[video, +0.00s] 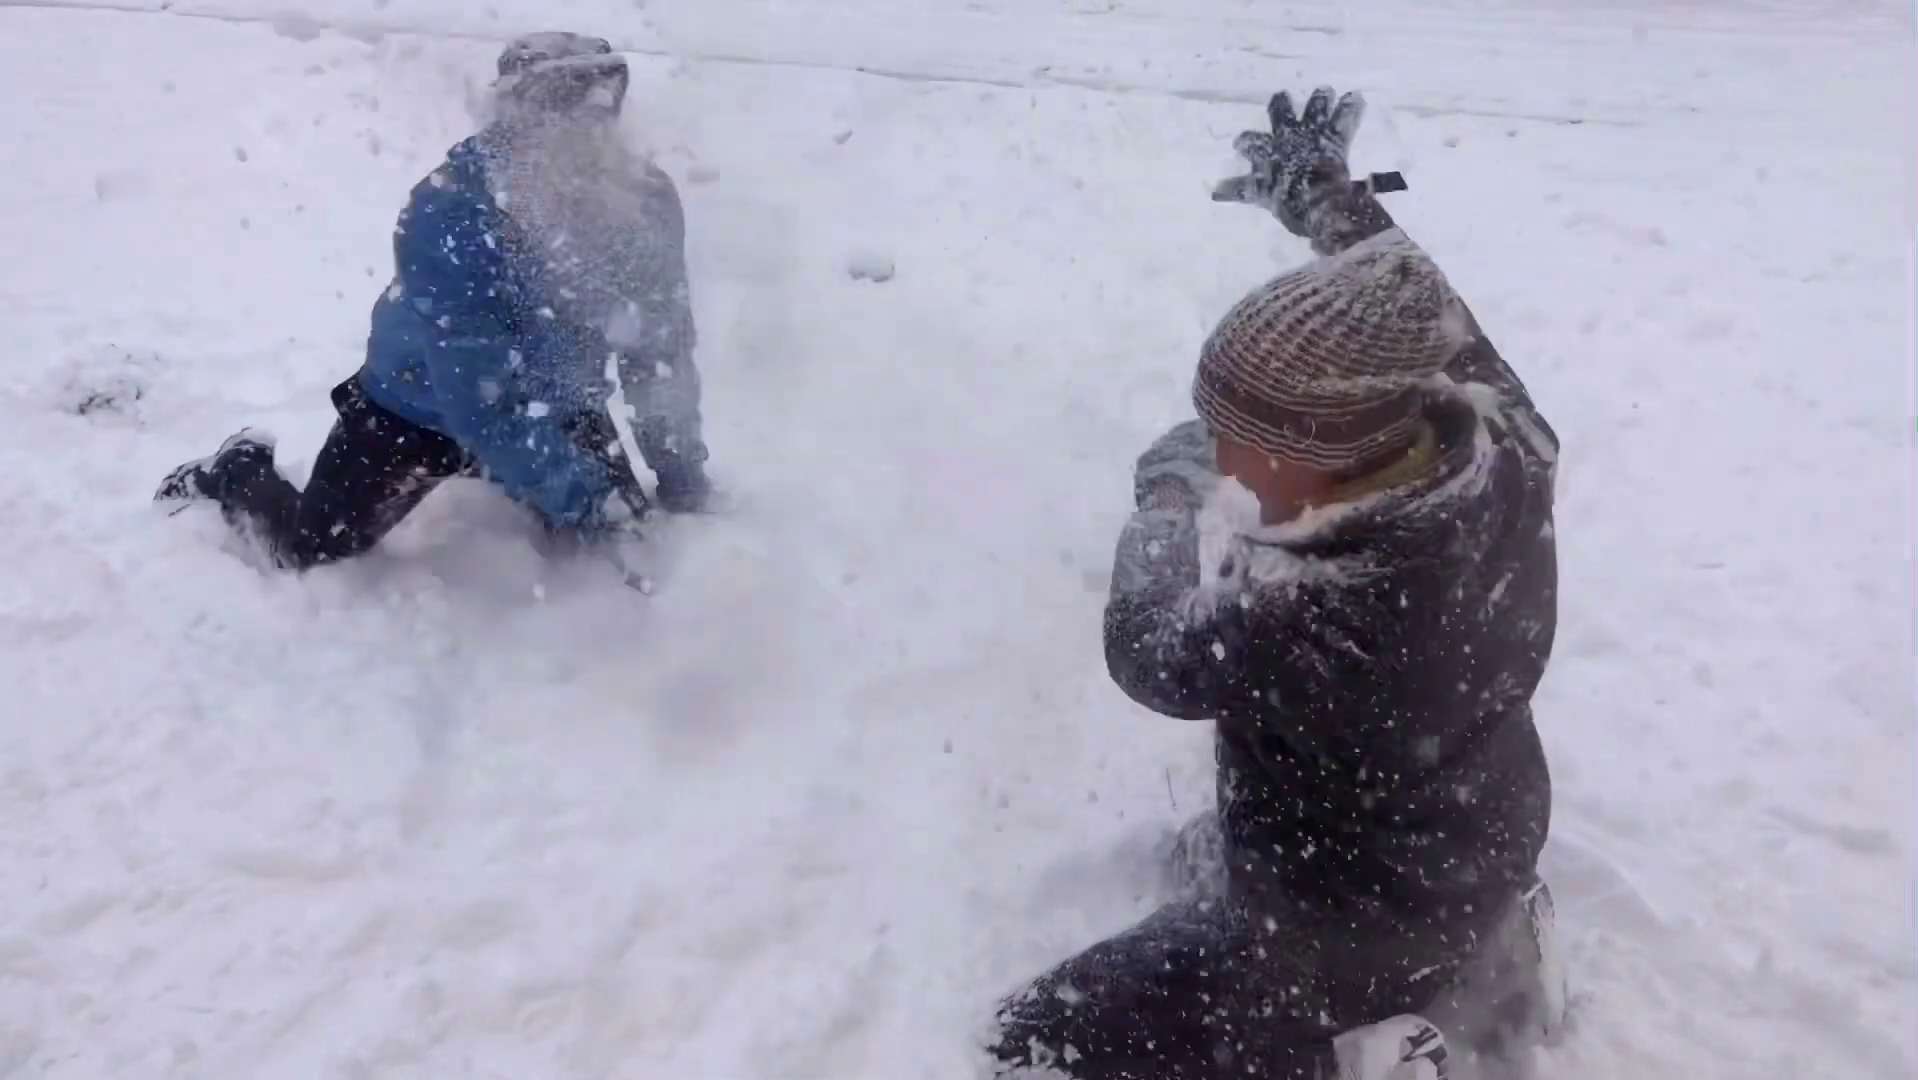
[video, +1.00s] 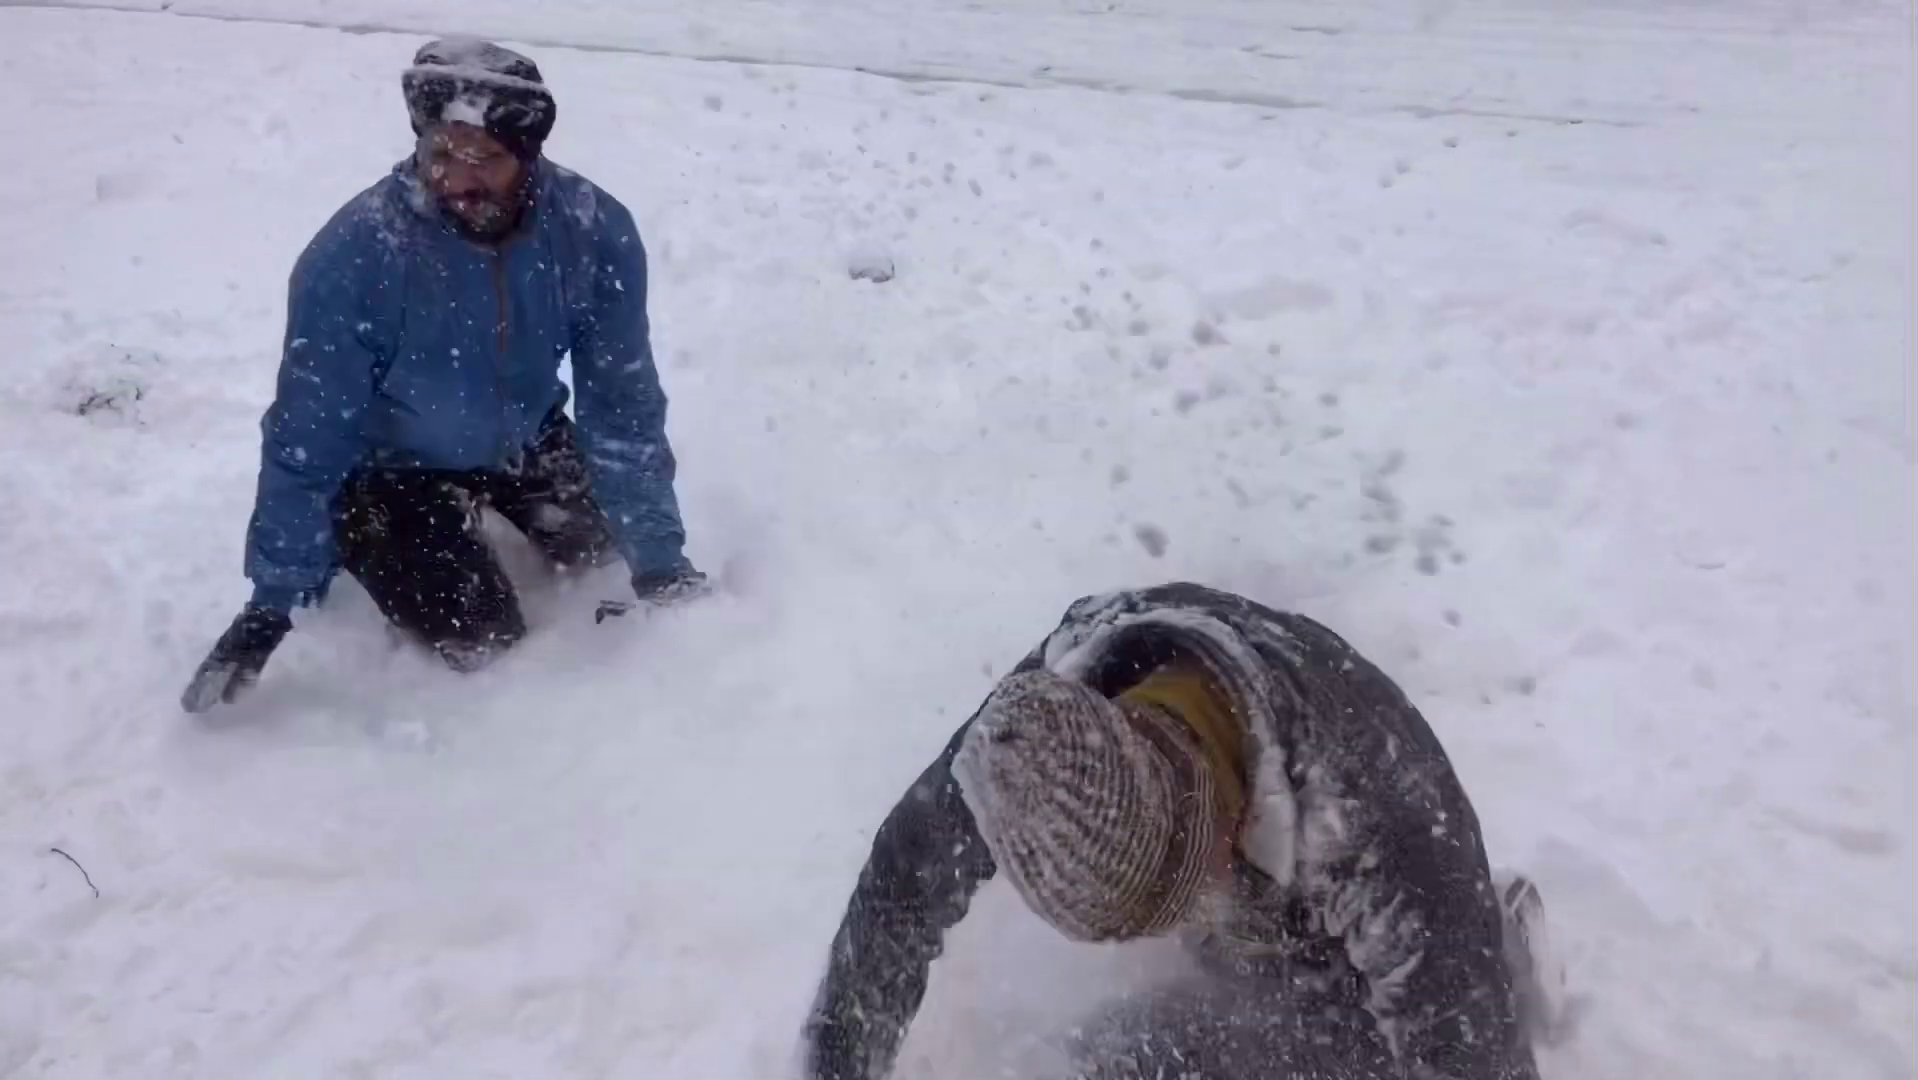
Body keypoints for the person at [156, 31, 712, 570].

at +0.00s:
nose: (584, 151)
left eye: (597, 130)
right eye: (564, 131)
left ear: (614, 127)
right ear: (520, 129)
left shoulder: (643, 204)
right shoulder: (452, 206)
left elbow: (661, 351)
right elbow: (479, 384)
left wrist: (682, 480)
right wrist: (591, 503)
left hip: (556, 406)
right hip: (423, 402)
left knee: (612, 533)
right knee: (311, 545)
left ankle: (526, 471)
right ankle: (236, 475)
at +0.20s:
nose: (619, 172)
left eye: (632, 152)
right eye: (602, 154)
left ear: (643, 139)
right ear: (553, 138)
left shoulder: (657, 189)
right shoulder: (451, 191)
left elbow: (668, 348)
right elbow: (436, 385)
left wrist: (686, 476)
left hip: (559, 412)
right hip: (438, 405)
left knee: (620, 551)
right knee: (393, 570)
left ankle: (521, 463)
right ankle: (322, 477)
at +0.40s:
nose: (584, 184)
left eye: (603, 164)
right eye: (564, 165)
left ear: (622, 148)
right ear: (520, 144)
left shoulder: (633, 180)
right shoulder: (438, 223)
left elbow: (667, 331)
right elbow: (395, 406)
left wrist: (715, 459)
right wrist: (358, 577)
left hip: (570, 420)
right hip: (452, 433)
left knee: (624, 559)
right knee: (492, 618)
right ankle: (357, 515)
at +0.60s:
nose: (545, 173)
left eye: (560, 149)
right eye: (521, 154)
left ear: (584, 136)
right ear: (476, 147)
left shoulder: (609, 190)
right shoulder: (411, 248)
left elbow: (643, 333)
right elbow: (415, 461)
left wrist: (712, 443)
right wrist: (459, 634)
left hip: (557, 423)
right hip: (441, 447)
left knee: (627, 564)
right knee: (498, 627)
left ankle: (517, 469)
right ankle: (368, 520)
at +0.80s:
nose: (498, 175)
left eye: (519, 152)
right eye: (475, 153)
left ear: (550, 146)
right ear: (437, 149)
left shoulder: (598, 231)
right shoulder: (367, 254)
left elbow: (632, 399)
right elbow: (348, 448)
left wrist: (673, 535)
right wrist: (386, 602)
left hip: (530, 437)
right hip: (410, 458)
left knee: (630, 559)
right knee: (487, 625)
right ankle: (343, 555)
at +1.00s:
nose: (463, 180)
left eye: (485, 156)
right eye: (443, 155)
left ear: (529, 150)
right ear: (420, 148)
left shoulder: (593, 231)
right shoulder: (354, 257)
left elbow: (625, 407)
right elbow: (305, 444)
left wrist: (662, 565)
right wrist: (272, 602)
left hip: (523, 436)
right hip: (391, 466)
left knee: (600, 552)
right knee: (485, 636)